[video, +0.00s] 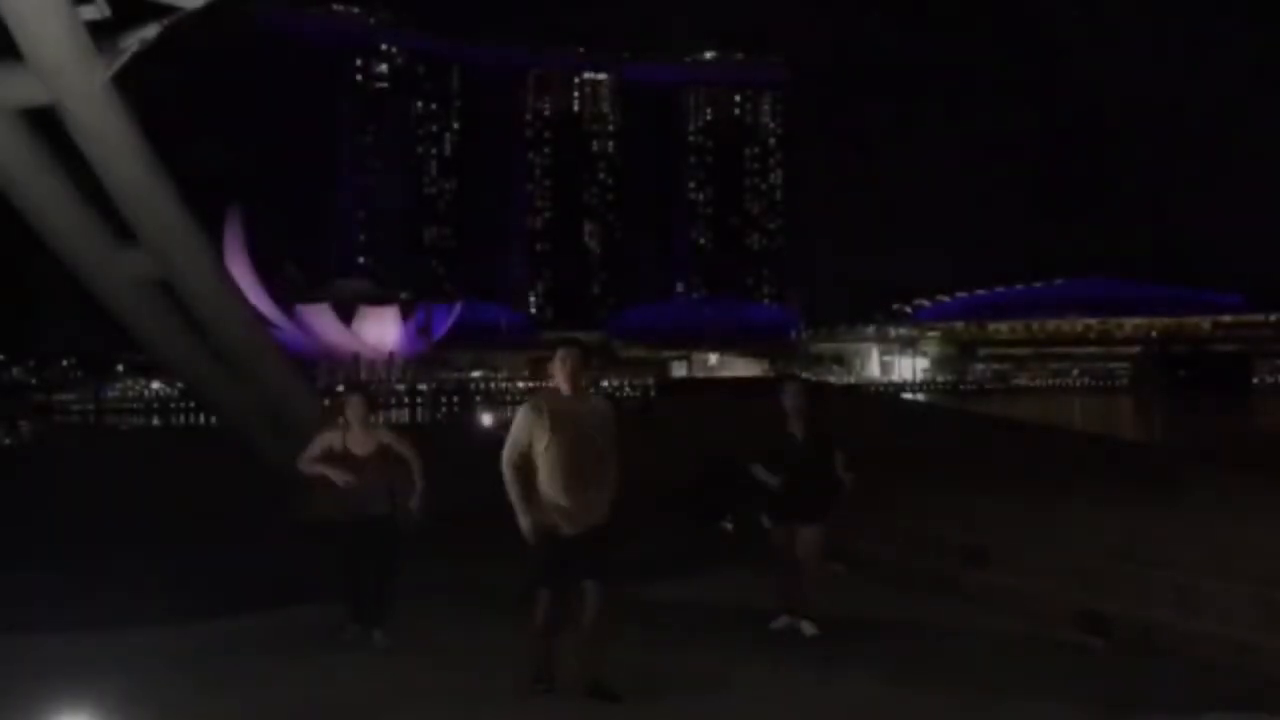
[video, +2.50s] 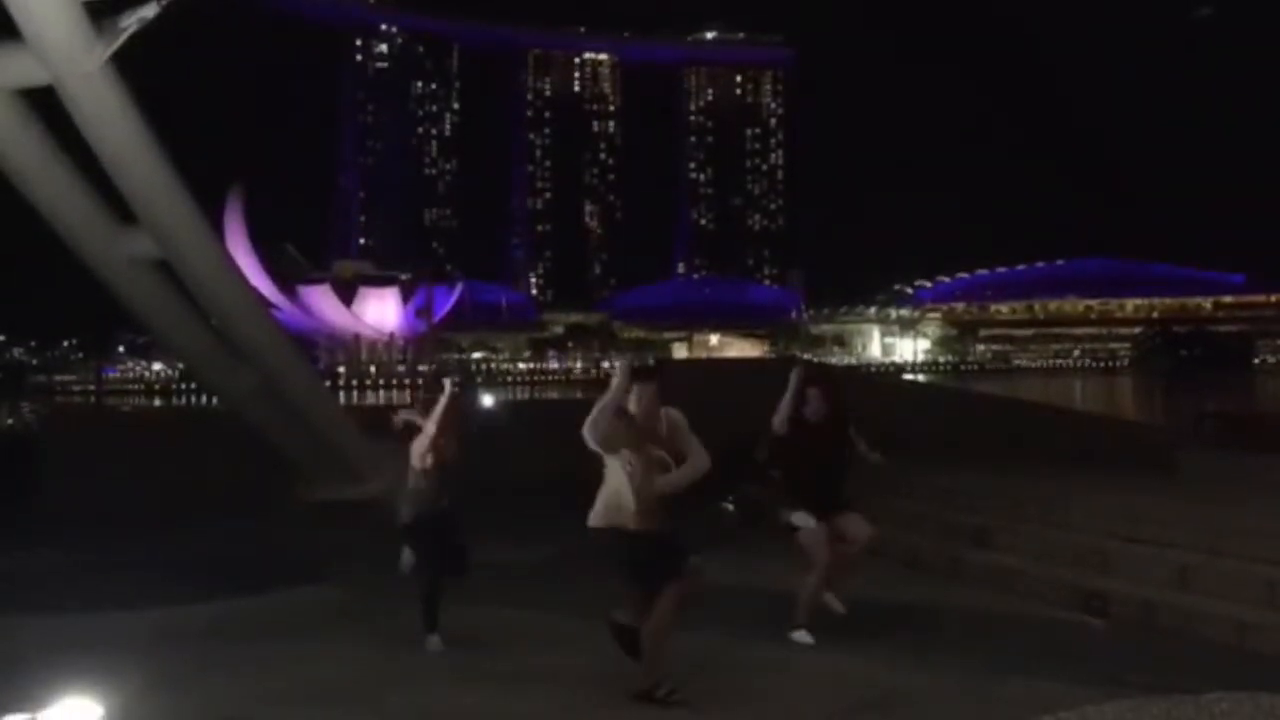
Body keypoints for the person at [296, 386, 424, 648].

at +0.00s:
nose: (354, 412)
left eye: (359, 407)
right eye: (350, 407)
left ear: (368, 411)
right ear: (343, 411)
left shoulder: (381, 435)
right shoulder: (333, 437)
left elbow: (412, 459)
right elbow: (304, 463)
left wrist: (416, 493)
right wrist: (332, 473)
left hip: (380, 511)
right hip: (346, 512)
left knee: (381, 569)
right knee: (351, 570)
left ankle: (379, 625)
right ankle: (354, 623)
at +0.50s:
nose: (382, 414)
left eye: (388, 408)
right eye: (377, 408)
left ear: (395, 409)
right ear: (368, 408)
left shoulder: (405, 434)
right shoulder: (359, 434)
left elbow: (418, 467)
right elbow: (344, 464)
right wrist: (370, 454)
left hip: (399, 508)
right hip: (367, 508)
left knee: (392, 570)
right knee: (375, 570)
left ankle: (386, 629)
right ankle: (381, 630)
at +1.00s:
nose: (417, 416)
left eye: (421, 410)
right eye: (410, 410)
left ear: (428, 413)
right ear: (400, 414)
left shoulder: (434, 443)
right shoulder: (392, 443)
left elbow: (441, 485)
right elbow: (374, 486)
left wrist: (459, 498)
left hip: (425, 520)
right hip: (394, 520)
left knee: (427, 575)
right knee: (389, 578)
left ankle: (428, 629)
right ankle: (382, 634)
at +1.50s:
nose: (369, 430)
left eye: (371, 423)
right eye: (368, 423)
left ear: (387, 422)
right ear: (383, 423)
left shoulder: (412, 439)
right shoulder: (391, 447)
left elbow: (455, 441)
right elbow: (397, 485)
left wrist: (476, 475)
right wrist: (390, 509)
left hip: (433, 509)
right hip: (414, 509)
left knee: (394, 556)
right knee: (414, 561)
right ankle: (432, 615)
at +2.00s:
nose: (405, 399)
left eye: (409, 392)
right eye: (400, 393)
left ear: (419, 394)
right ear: (393, 398)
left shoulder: (435, 426)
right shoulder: (387, 432)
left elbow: (445, 458)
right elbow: (371, 465)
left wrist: (451, 488)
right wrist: (374, 494)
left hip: (427, 506)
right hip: (396, 506)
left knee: (415, 562)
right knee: (395, 559)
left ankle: (397, 616)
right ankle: (397, 605)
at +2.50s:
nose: (434, 445)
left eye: (436, 438)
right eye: (428, 439)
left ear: (439, 442)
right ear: (417, 441)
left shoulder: (437, 456)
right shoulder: (418, 456)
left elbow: (436, 432)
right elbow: (431, 430)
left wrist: (413, 417)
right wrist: (446, 395)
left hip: (441, 515)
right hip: (420, 519)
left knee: (452, 565)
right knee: (431, 574)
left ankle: (416, 555)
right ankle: (431, 631)